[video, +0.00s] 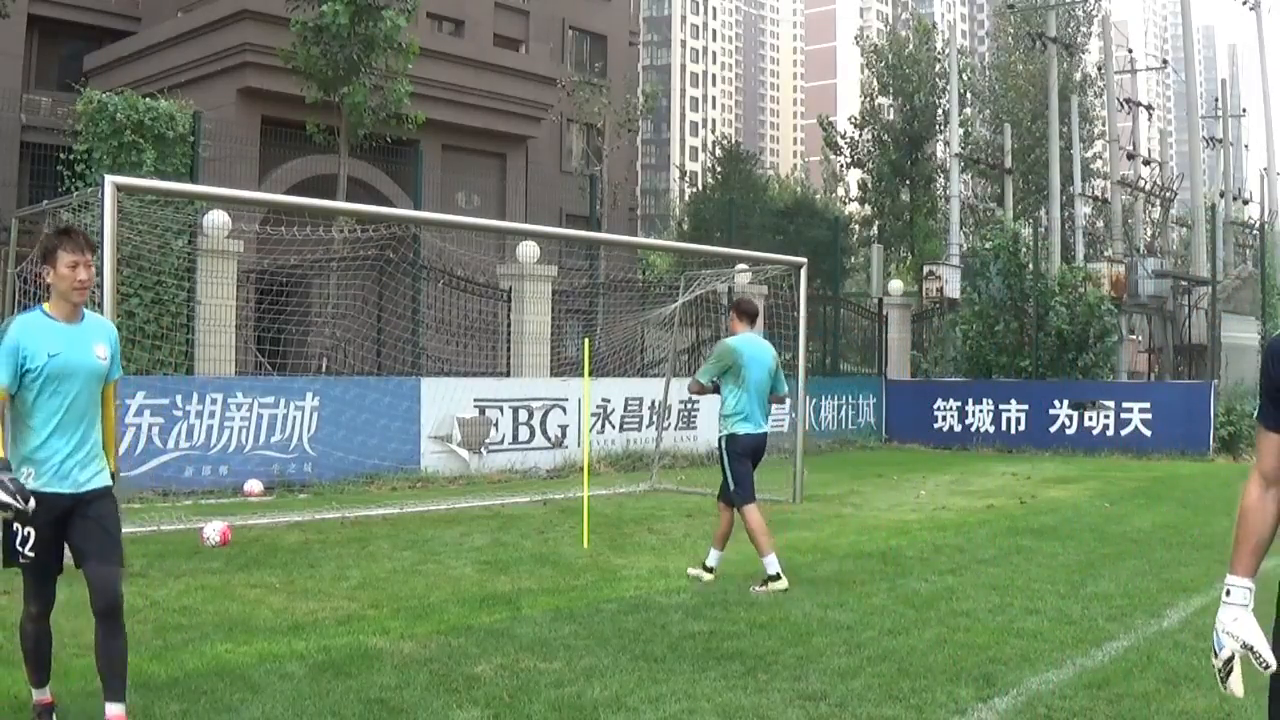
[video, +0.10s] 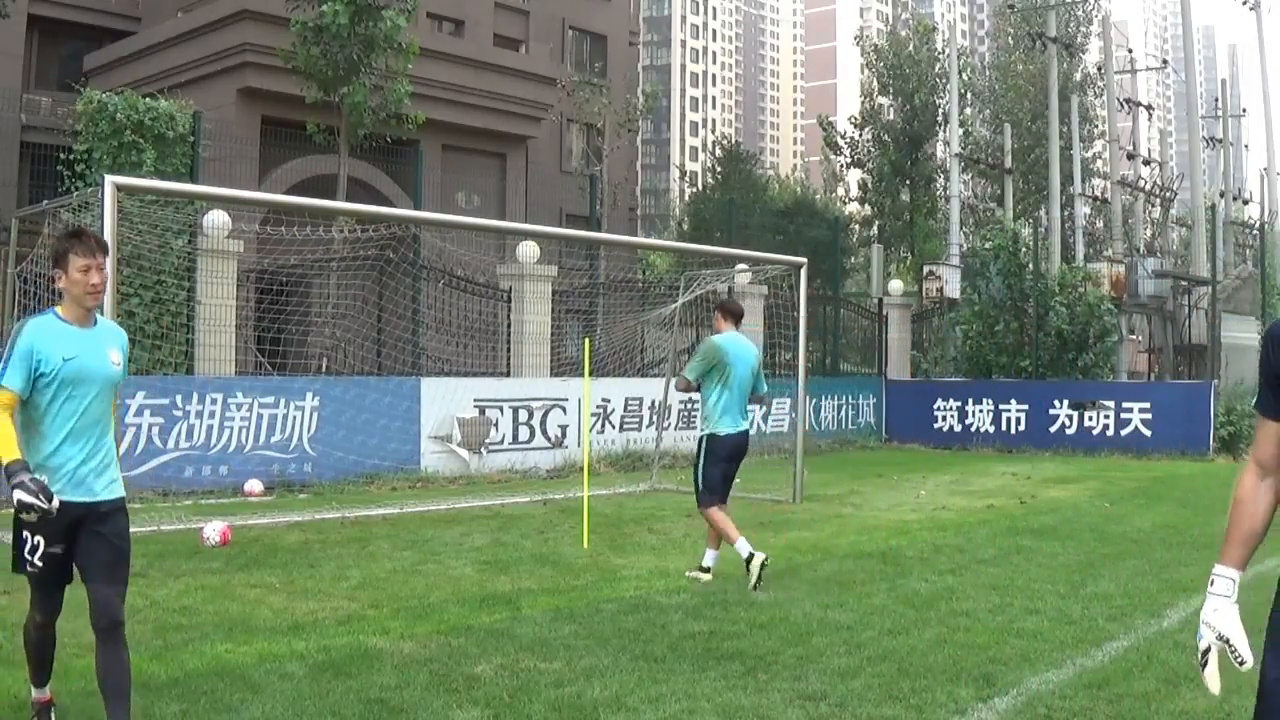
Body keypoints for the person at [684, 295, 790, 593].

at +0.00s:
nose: (728, 323)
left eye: (729, 318)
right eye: (731, 319)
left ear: (735, 319)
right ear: (754, 320)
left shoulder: (728, 347)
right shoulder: (769, 349)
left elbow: (696, 386)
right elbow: (779, 395)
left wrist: (719, 386)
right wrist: (749, 390)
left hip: (734, 436)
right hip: (759, 437)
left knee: (747, 505)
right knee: (727, 501)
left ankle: (775, 574)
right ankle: (709, 567)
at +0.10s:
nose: (714, 323)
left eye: (715, 319)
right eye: (716, 319)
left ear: (721, 319)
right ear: (738, 320)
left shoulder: (714, 344)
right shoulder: (753, 349)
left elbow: (683, 384)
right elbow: (759, 397)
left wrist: (705, 384)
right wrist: (728, 391)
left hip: (715, 436)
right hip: (740, 436)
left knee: (708, 505)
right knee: (719, 503)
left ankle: (750, 556)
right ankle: (707, 566)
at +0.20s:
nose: (704, 321)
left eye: (705, 317)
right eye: (706, 317)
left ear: (711, 318)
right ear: (728, 319)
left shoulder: (705, 342)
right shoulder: (740, 347)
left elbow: (675, 381)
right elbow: (745, 394)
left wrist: (697, 380)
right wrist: (705, 383)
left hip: (705, 433)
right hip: (730, 433)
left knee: (682, 497)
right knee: (713, 498)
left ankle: (723, 544)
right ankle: (707, 565)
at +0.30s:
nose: (689, 321)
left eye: (690, 317)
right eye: (691, 317)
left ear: (696, 316)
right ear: (715, 317)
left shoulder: (692, 340)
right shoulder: (726, 346)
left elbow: (663, 380)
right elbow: (727, 390)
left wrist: (672, 377)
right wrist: (684, 381)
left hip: (689, 431)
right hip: (716, 432)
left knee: (659, 488)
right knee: (705, 497)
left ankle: (679, 547)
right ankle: (705, 566)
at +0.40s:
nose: (680, 324)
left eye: (681, 319)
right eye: (682, 319)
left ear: (686, 318)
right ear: (705, 320)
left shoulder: (680, 341)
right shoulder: (716, 345)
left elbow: (652, 381)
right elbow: (718, 389)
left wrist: (673, 381)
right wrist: (685, 383)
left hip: (678, 431)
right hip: (707, 431)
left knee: (652, 488)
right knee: (700, 497)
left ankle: (646, 556)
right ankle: (704, 565)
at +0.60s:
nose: (656, 326)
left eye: (657, 322)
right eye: (659, 322)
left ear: (662, 322)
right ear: (680, 324)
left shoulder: (647, 344)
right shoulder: (693, 349)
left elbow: (627, 387)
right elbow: (702, 395)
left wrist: (647, 382)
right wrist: (676, 394)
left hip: (651, 432)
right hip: (681, 433)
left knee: (635, 492)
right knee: (675, 495)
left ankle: (628, 558)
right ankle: (696, 550)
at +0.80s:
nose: (643, 322)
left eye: (644, 319)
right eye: (648, 320)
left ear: (646, 320)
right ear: (667, 326)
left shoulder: (622, 341)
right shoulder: (675, 349)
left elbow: (605, 383)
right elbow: (691, 394)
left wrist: (623, 364)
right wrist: (672, 404)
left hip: (629, 428)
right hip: (659, 429)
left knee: (627, 491)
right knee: (655, 485)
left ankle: (628, 557)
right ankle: (654, 534)